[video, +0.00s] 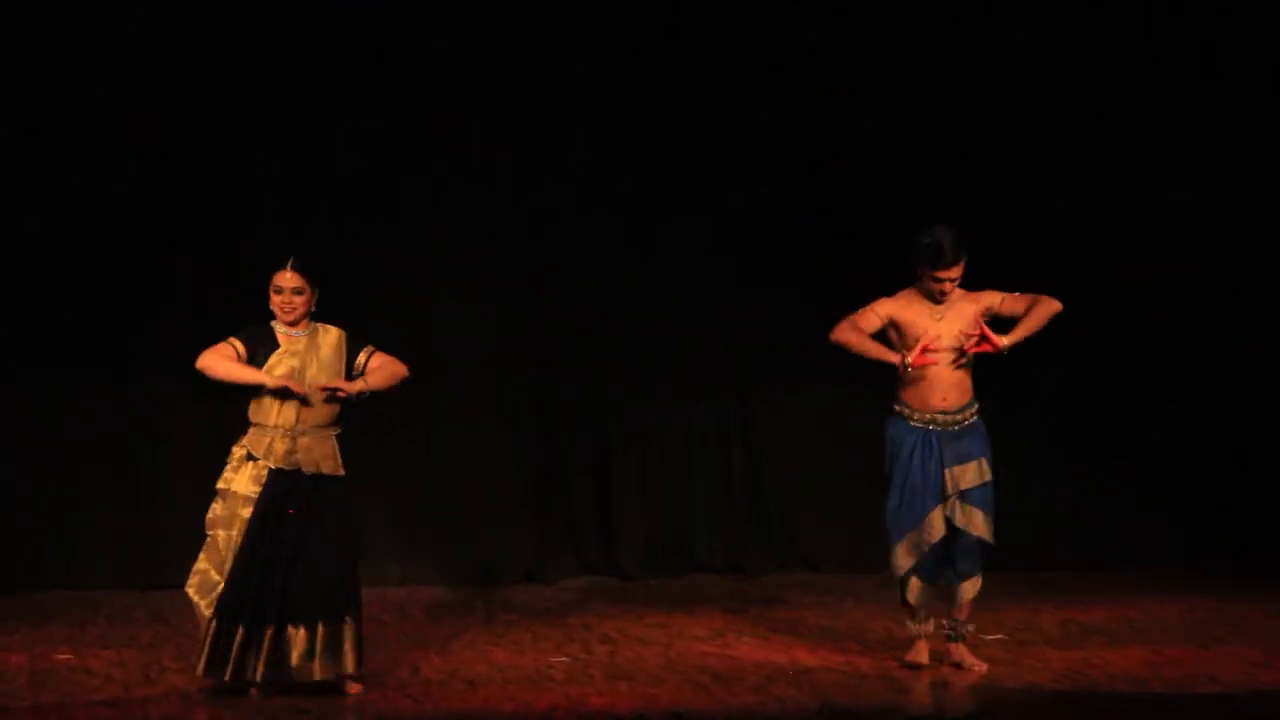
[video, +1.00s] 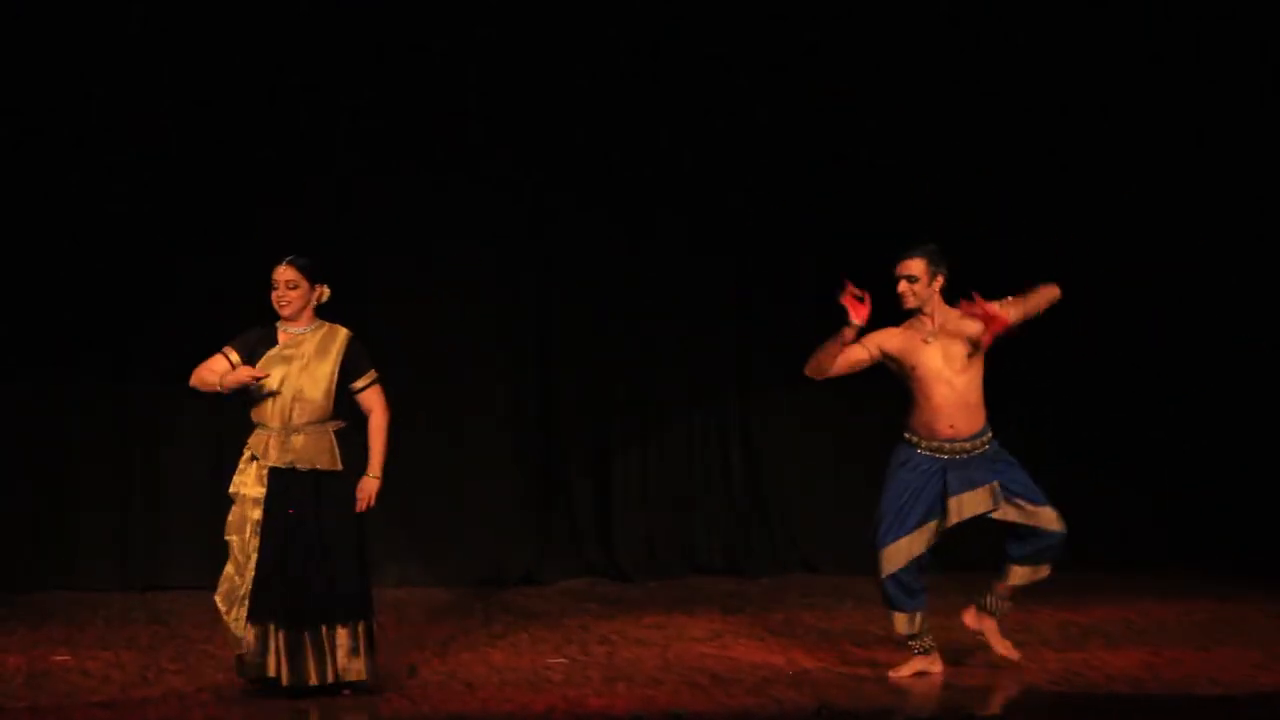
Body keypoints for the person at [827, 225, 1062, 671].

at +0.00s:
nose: (949, 287)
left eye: (955, 279)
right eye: (940, 280)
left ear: (963, 271)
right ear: (920, 273)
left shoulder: (977, 303)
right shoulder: (897, 306)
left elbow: (1049, 305)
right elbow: (843, 333)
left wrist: (1006, 340)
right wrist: (898, 358)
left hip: (965, 430)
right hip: (914, 432)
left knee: (970, 531)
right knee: (918, 532)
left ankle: (956, 640)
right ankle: (919, 636)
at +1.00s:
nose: (902, 288)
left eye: (911, 280)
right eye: (899, 281)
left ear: (938, 281)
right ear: (899, 286)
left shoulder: (975, 322)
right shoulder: (892, 339)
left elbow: (1051, 292)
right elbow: (816, 370)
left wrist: (1009, 312)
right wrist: (848, 330)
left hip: (981, 451)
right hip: (921, 455)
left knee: (1045, 530)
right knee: (896, 552)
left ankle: (988, 611)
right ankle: (924, 653)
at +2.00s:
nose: (942, 295)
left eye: (949, 287)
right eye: (931, 287)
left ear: (957, 292)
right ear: (915, 292)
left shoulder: (981, 343)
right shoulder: (900, 343)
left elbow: (1048, 377)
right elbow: (828, 362)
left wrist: (1020, 432)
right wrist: (889, 363)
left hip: (976, 469)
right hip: (917, 469)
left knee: (1025, 555)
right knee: (883, 555)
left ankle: (966, 652)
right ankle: (917, 654)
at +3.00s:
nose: (982, 277)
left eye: (989, 270)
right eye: (972, 269)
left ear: (998, 278)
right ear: (955, 275)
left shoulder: (1015, 334)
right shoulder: (935, 326)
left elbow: (1077, 381)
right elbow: (867, 336)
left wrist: (1036, 430)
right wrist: (930, 339)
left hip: (1003, 454)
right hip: (944, 453)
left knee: (1063, 536)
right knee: (934, 552)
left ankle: (1009, 626)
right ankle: (959, 654)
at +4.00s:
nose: (894, 286)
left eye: (904, 279)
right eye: (888, 278)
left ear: (922, 286)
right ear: (879, 285)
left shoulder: (958, 333)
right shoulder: (871, 343)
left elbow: (1024, 378)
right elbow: (791, 355)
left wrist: (988, 436)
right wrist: (851, 341)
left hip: (948, 461)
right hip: (893, 457)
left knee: (955, 569)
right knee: (873, 557)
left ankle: (890, 581)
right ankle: (881, 659)